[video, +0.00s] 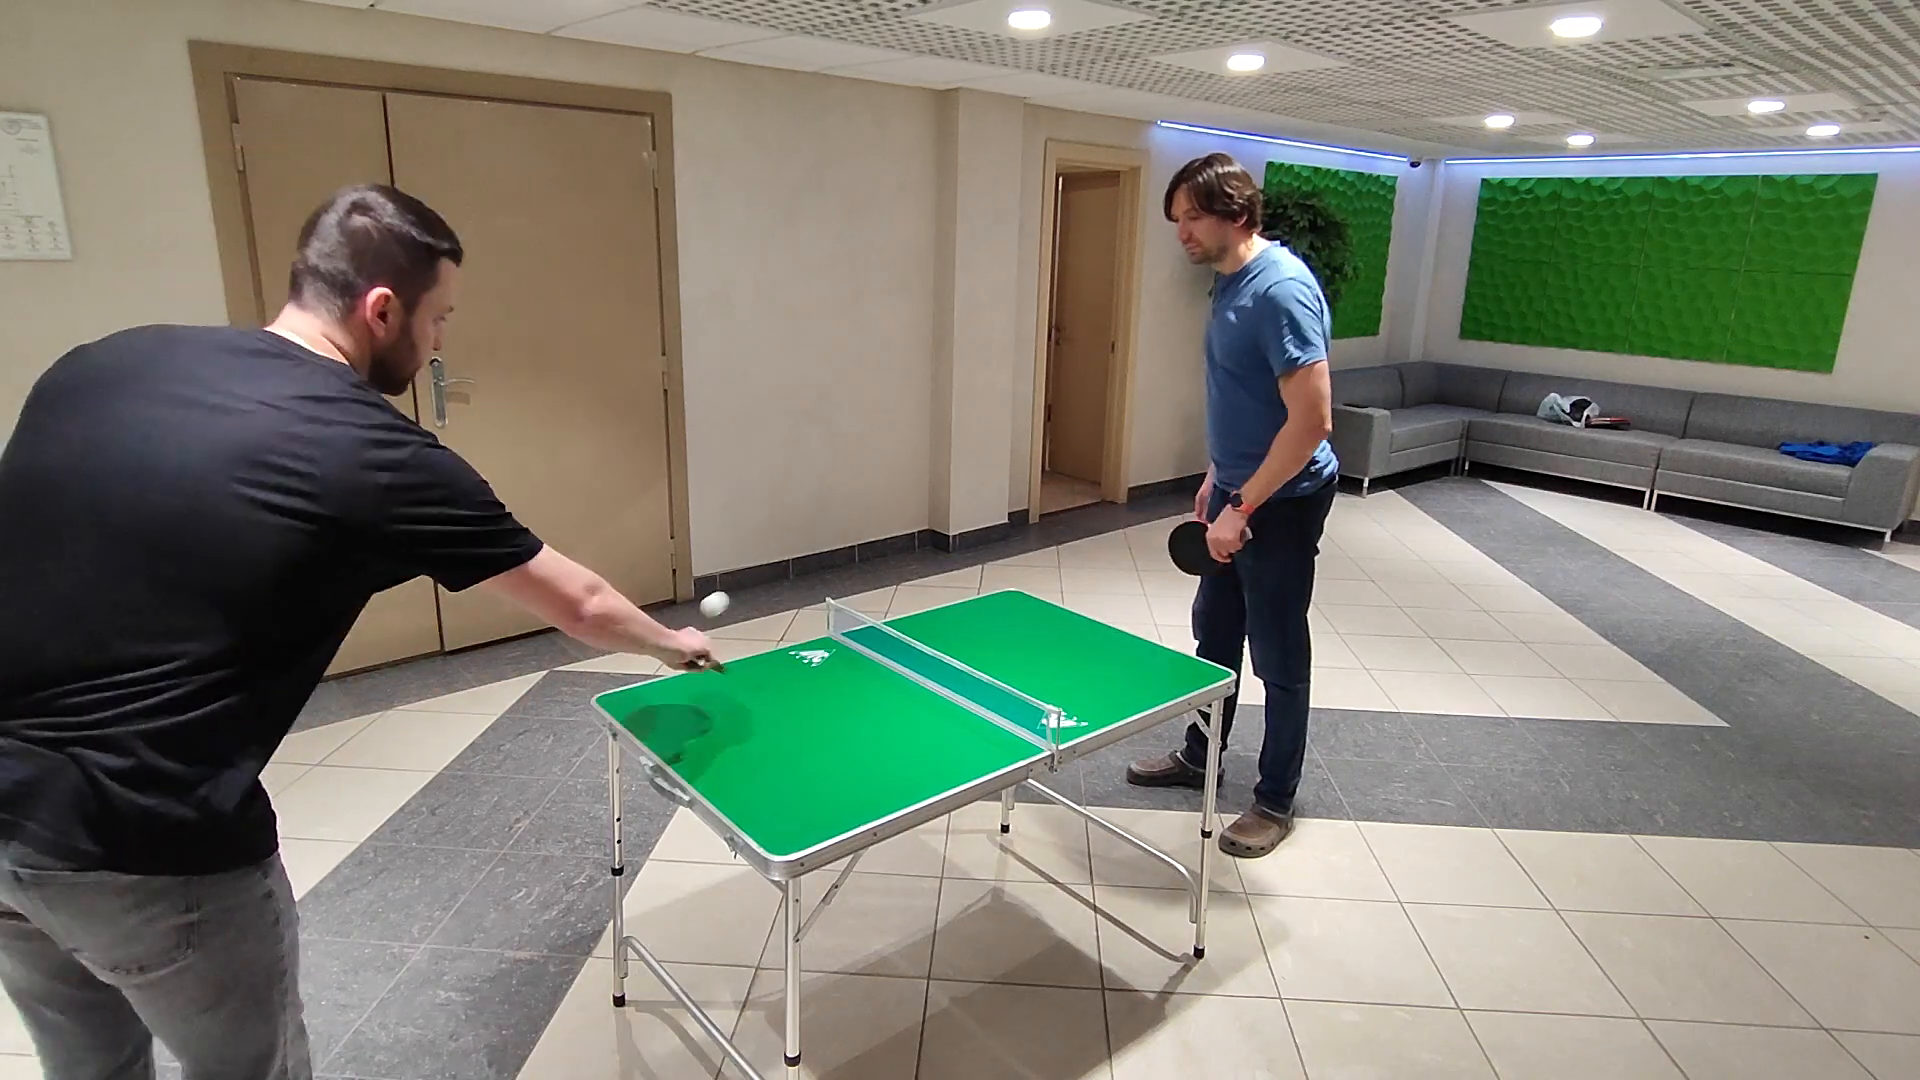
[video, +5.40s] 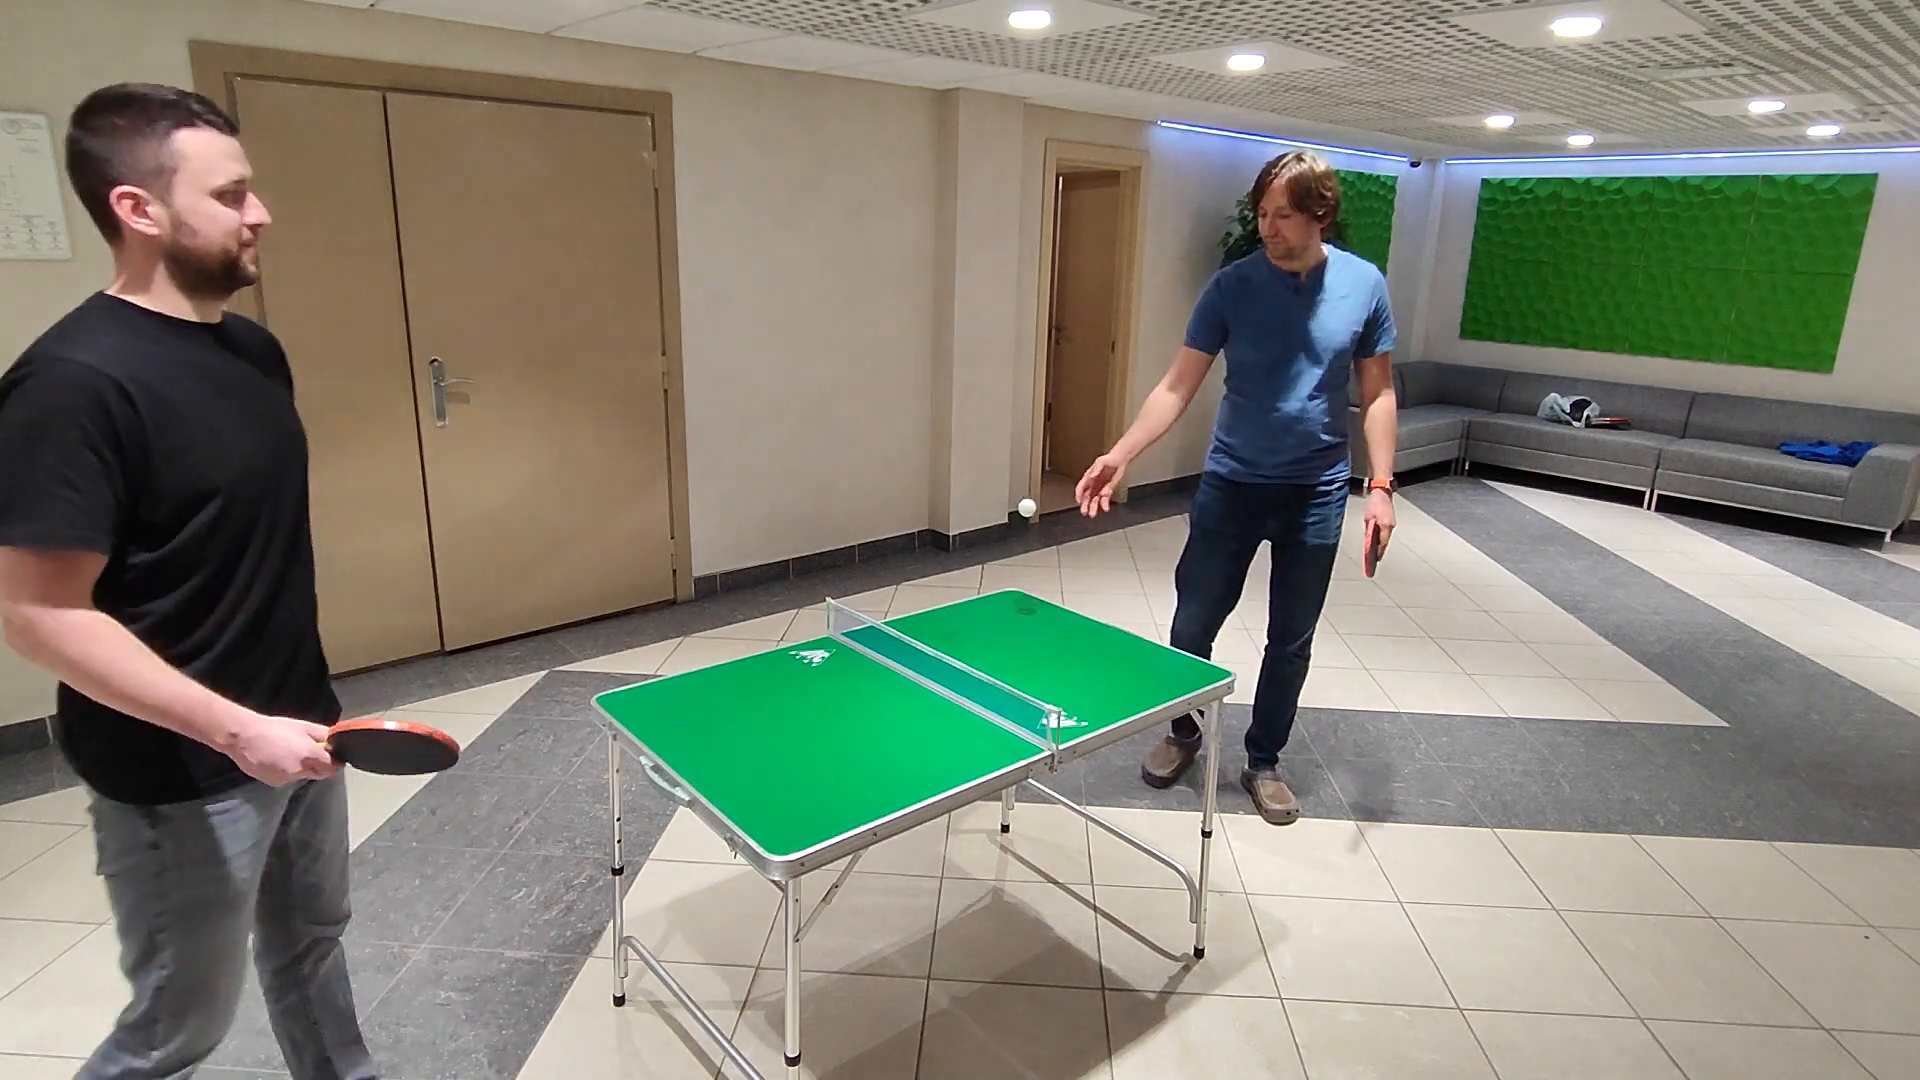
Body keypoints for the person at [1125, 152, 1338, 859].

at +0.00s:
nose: (1180, 235)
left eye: (1188, 220)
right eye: (1176, 222)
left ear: (1232, 213)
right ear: (1205, 217)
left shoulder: (1282, 289)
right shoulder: (1234, 281)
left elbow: (1313, 422)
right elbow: (1243, 401)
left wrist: (1242, 508)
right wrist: (1214, 479)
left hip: (1287, 498)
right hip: (1237, 489)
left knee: (1279, 659)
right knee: (1215, 632)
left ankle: (1274, 804)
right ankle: (1198, 757)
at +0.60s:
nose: (1190, 242)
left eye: (1201, 229)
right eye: (1187, 228)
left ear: (1245, 224)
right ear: (1208, 225)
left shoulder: (1285, 306)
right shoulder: (1232, 279)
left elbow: (1232, 436)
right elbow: (1221, 392)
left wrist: (1143, 513)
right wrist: (1176, 458)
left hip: (1284, 500)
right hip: (1228, 487)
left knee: (1283, 657)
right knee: (1214, 633)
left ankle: (1273, 803)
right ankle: (1200, 759)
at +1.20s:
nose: (1206, 224)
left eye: (1219, 212)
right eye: (1204, 210)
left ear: (1261, 216)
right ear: (1213, 211)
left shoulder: (1299, 306)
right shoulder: (1236, 273)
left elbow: (1301, 443)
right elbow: (1232, 394)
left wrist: (1219, 518)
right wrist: (1203, 487)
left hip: (1275, 502)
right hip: (1214, 486)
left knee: (1276, 661)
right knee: (1177, 617)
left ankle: (1274, 804)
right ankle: (1191, 751)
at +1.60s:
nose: (1219, 258)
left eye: (1236, 247)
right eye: (1210, 243)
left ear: (1264, 246)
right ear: (1198, 237)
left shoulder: (1293, 324)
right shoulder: (1169, 289)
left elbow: (1308, 437)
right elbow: (1139, 376)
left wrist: (1319, 534)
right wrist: (1107, 456)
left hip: (1243, 499)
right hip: (1164, 488)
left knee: (1255, 651)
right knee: (1139, 618)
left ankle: (1272, 803)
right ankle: (1138, 723)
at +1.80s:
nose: (1198, 284)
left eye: (1213, 273)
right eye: (1189, 269)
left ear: (1238, 271)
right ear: (1177, 262)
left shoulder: (1259, 351)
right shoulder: (1150, 301)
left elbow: (1242, 461)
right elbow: (1105, 379)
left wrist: (1222, 551)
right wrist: (1063, 453)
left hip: (1212, 498)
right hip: (1138, 484)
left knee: (1232, 641)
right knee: (1119, 611)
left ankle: (1261, 788)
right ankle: (1139, 720)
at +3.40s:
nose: (1216, 225)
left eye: (1231, 213)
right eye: (1208, 213)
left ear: (1263, 214)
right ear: (1198, 213)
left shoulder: (1307, 290)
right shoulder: (1175, 284)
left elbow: (1320, 401)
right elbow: (1147, 379)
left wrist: (1300, 487)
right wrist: (1108, 463)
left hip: (1261, 484)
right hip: (1178, 479)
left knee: (1252, 643)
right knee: (1159, 615)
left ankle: (1234, 763)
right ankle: (1140, 721)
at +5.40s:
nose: (1269, 227)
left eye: (1284, 216)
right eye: (1263, 213)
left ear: (1321, 219)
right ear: (1258, 213)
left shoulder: (1363, 287)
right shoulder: (1234, 285)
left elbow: (1378, 393)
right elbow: (1177, 384)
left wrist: (1380, 489)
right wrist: (1118, 454)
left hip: (1316, 489)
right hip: (1232, 480)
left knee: (1291, 641)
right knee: (1191, 627)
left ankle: (1264, 762)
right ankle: (1183, 729)